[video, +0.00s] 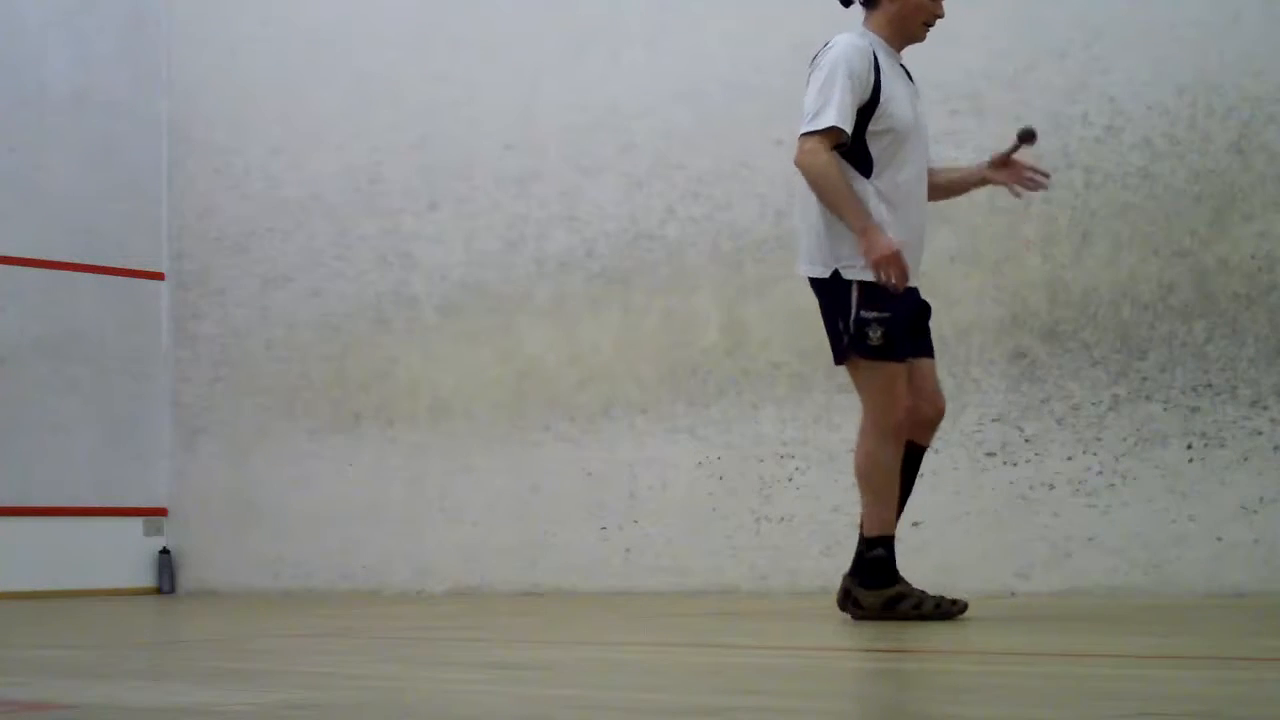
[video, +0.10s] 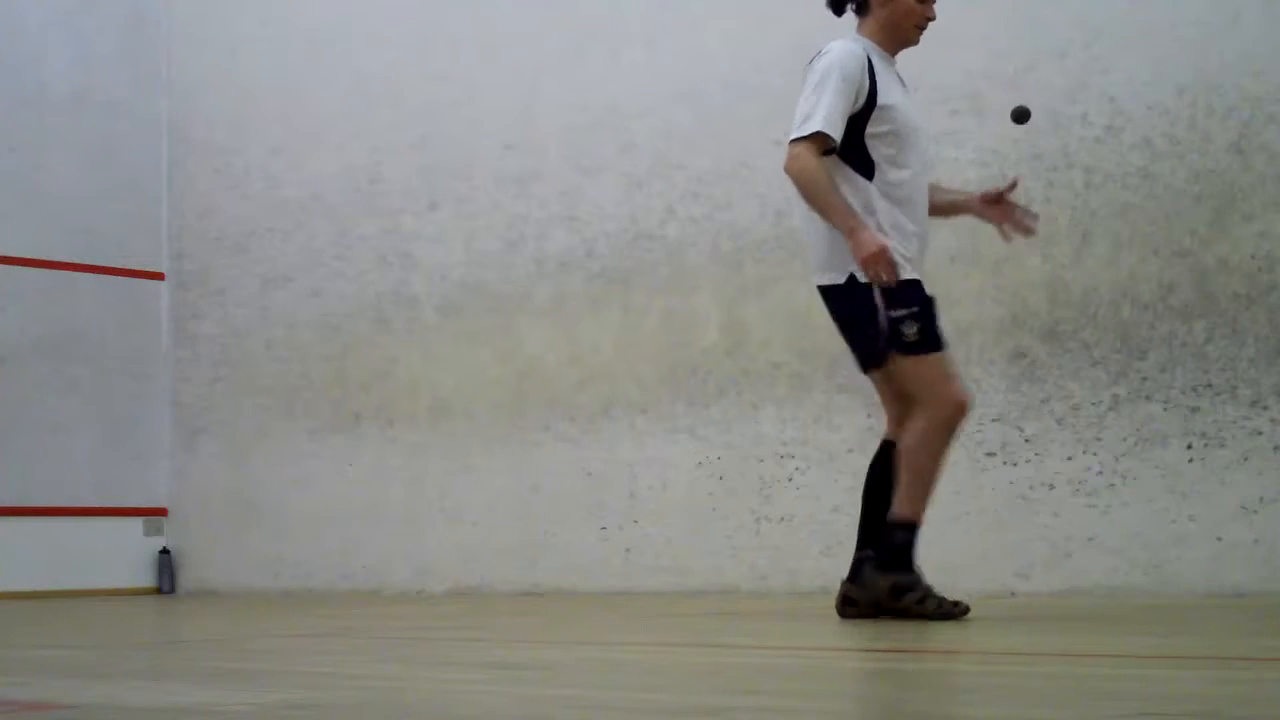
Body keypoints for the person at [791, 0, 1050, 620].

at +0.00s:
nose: (941, 11)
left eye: (940, 3)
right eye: (933, 0)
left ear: (899, 4)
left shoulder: (897, 72)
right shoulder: (849, 54)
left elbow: (909, 185)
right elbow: (812, 151)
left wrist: (985, 171)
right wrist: (870, 233)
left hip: (892, 266)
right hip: (852, 267)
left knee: (924, 409)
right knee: (886, 411)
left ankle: (869, 571)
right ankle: (874, 580)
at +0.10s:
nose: (932, 12)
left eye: (932, 3)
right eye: (923, 1)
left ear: (886, 7)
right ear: (882, 2)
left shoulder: (883, 73)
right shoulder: (845, 58)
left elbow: (896, 191)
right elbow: (802, 159)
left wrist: (975, 203)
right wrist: (859, 234)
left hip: (880, 269)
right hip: (868, 269)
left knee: (908, 418)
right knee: (942, 401)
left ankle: (869, 577)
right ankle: (894, 568)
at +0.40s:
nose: (931, 33)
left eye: (934, 22)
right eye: (921, 20)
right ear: (880, 17)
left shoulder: (892, 95)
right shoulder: (846, 81)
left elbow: (903, 207)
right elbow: (791, 179)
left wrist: (984, 267)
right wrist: (850, 245)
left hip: (879, 276)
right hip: (878, 256)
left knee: (940, 429)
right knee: (1027, 209)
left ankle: (869, 581)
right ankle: (966, 363)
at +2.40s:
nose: (1035, 7)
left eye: (1037, 1)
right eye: (1035, 1)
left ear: (1053, 1)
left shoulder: (1056, 33)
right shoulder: (1160, 47)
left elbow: (1070, 131)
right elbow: (1220, 143)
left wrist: (1053, 238)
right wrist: (1201, 242)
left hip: (1100, 247)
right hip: (1172, 249)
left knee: (1065, 401)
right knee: (1180, 410)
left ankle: (1140, 557)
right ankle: (1192, 576)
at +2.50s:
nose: (1036, 6)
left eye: (1038, 4)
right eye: (1038, 4)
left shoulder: (1057, 26)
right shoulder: (1157, 44)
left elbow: (1066, 131)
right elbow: (1212, 146)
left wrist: (1049, 241)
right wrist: (1195, 245)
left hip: (1102, 244)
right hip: (1168, 248)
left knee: (1094, 401)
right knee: (1171, 410)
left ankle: (1160, 574)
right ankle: (1189, 575)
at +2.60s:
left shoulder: (1056, 17)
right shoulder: (1150, 40)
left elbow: (1049, 127)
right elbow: (1200, 146)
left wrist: (1030, 236)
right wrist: (1186, 246)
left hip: (1098, 234)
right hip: (1157, 236)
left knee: (1108, 399)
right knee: (1151, 406)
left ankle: (1164, 576)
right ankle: (1181, 572)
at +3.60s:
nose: (1197, 56)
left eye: (1198, 48)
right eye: (1196, 46)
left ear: (1123, 28)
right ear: (1179, 32)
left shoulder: (1057, 59)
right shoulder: (1186, 59)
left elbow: (994, 164)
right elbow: (1213, 163)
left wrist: (1019, 258)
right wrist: (1246, 285)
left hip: (1024, 223)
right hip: (1107, 223)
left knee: (1054, 394)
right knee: (1141, 397)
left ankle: (1054, 580)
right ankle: (1140, 571)